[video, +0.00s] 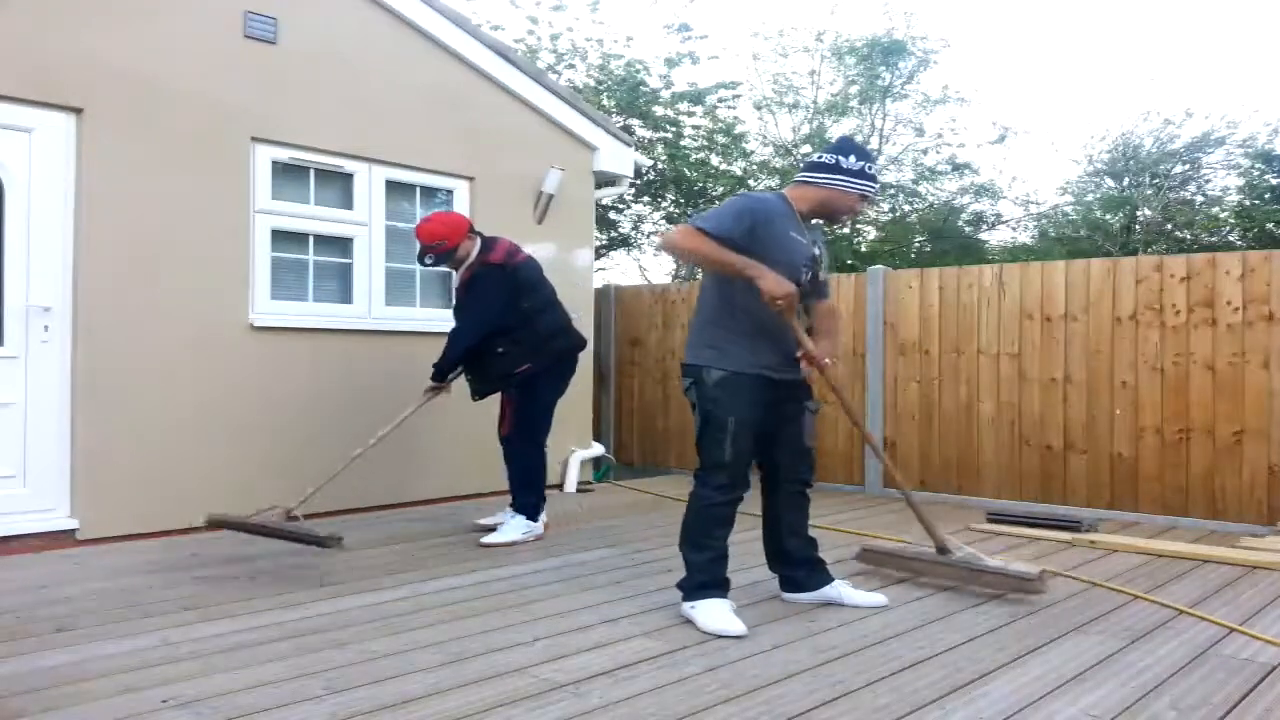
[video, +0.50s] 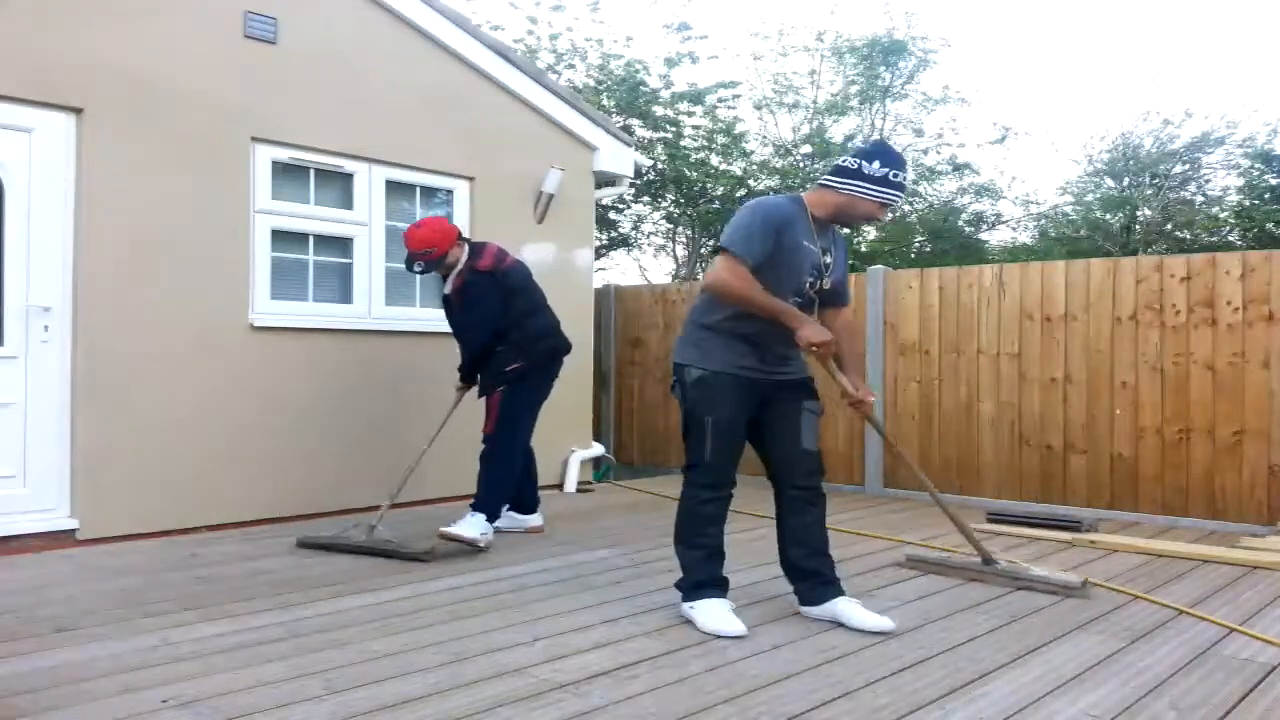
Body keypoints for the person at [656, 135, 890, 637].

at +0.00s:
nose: (859, 210)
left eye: (863, 202)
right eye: (859, 199)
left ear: (831, 185)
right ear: (834, 185)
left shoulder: (812, 242)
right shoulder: (755, 208)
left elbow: (820, 302)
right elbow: (679, 238)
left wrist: (824, 343)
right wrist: (758, 272)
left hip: (782, 373)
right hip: (725, 368)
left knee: (789, 479)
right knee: (721, 481)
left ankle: (802, 580)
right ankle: (704, 593)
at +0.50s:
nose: (882, 216)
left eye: (886, 208)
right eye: (882, 205)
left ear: (853, 188)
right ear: (857, 188)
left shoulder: (833, 244)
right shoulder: (770, 213)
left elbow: (839, 315)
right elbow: (721, 276)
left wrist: (852, 377)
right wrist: (797, 320)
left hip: (780, 373)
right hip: (717, 365)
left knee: (802, 481)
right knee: (710, 481)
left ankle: (818, 593)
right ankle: (702, 592)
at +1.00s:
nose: (917, 204)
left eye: (923, 195)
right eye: (915, 191)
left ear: (900, 184)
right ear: (887, 175)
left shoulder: (892, 241)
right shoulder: (794, 206)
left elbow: (890, 310)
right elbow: (708, 232)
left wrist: (872, 340)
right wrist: (774, 256)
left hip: (833, 381)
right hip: (759, 369)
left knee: (820, 490)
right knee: (737, 482)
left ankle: (820, 594)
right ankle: (714, 592)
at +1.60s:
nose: (874, 198)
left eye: (882, 188)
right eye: (865, 186)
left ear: (887, 183)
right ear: (835, 173)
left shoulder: (888, 236)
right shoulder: (768, 213)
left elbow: (912, 309)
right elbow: (702, 270)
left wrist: (887, 377)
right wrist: (759, 315)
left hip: (838, 386)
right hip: (758, 378)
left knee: (831, 489)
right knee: (755, 484)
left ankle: (822, 593)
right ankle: (762, 583)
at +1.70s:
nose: (822, 190)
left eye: (836, 180)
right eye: (812, 177)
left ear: (856, 179)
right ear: (796, 169)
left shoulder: (877, 229)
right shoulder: (752, 215)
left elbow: (913, 298)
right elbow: (692, 270)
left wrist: (877, 363)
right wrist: (739, 298)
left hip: (836, 381)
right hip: (756, 378)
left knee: (830, 489)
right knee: (756, 484)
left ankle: (822, 593)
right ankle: (762, 584)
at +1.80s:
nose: (794, 185)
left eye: (807, 177)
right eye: (787, 174)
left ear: (835, 175)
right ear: (777, 167)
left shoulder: (869, 226)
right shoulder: (742, 216)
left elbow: (908, 292)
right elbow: (681, 266)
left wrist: (858, 349)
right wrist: (716, 286)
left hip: (830, 380)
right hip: (753, 377)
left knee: (828, 488)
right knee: (755, 484)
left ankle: (822, 593)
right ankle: (762, 584)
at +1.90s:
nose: (766, 183)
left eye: (778, 173)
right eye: (759, 172)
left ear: (809, 170)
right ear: (751, 169)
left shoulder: (852, 222)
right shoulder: (731, 216)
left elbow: (884, 292)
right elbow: (668, 255)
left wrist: (803, 330)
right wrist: (680, 270)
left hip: (826, 377)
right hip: (746, 373)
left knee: (829, 485)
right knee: (752, 482)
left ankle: (823, 593)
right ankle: (762, 584)